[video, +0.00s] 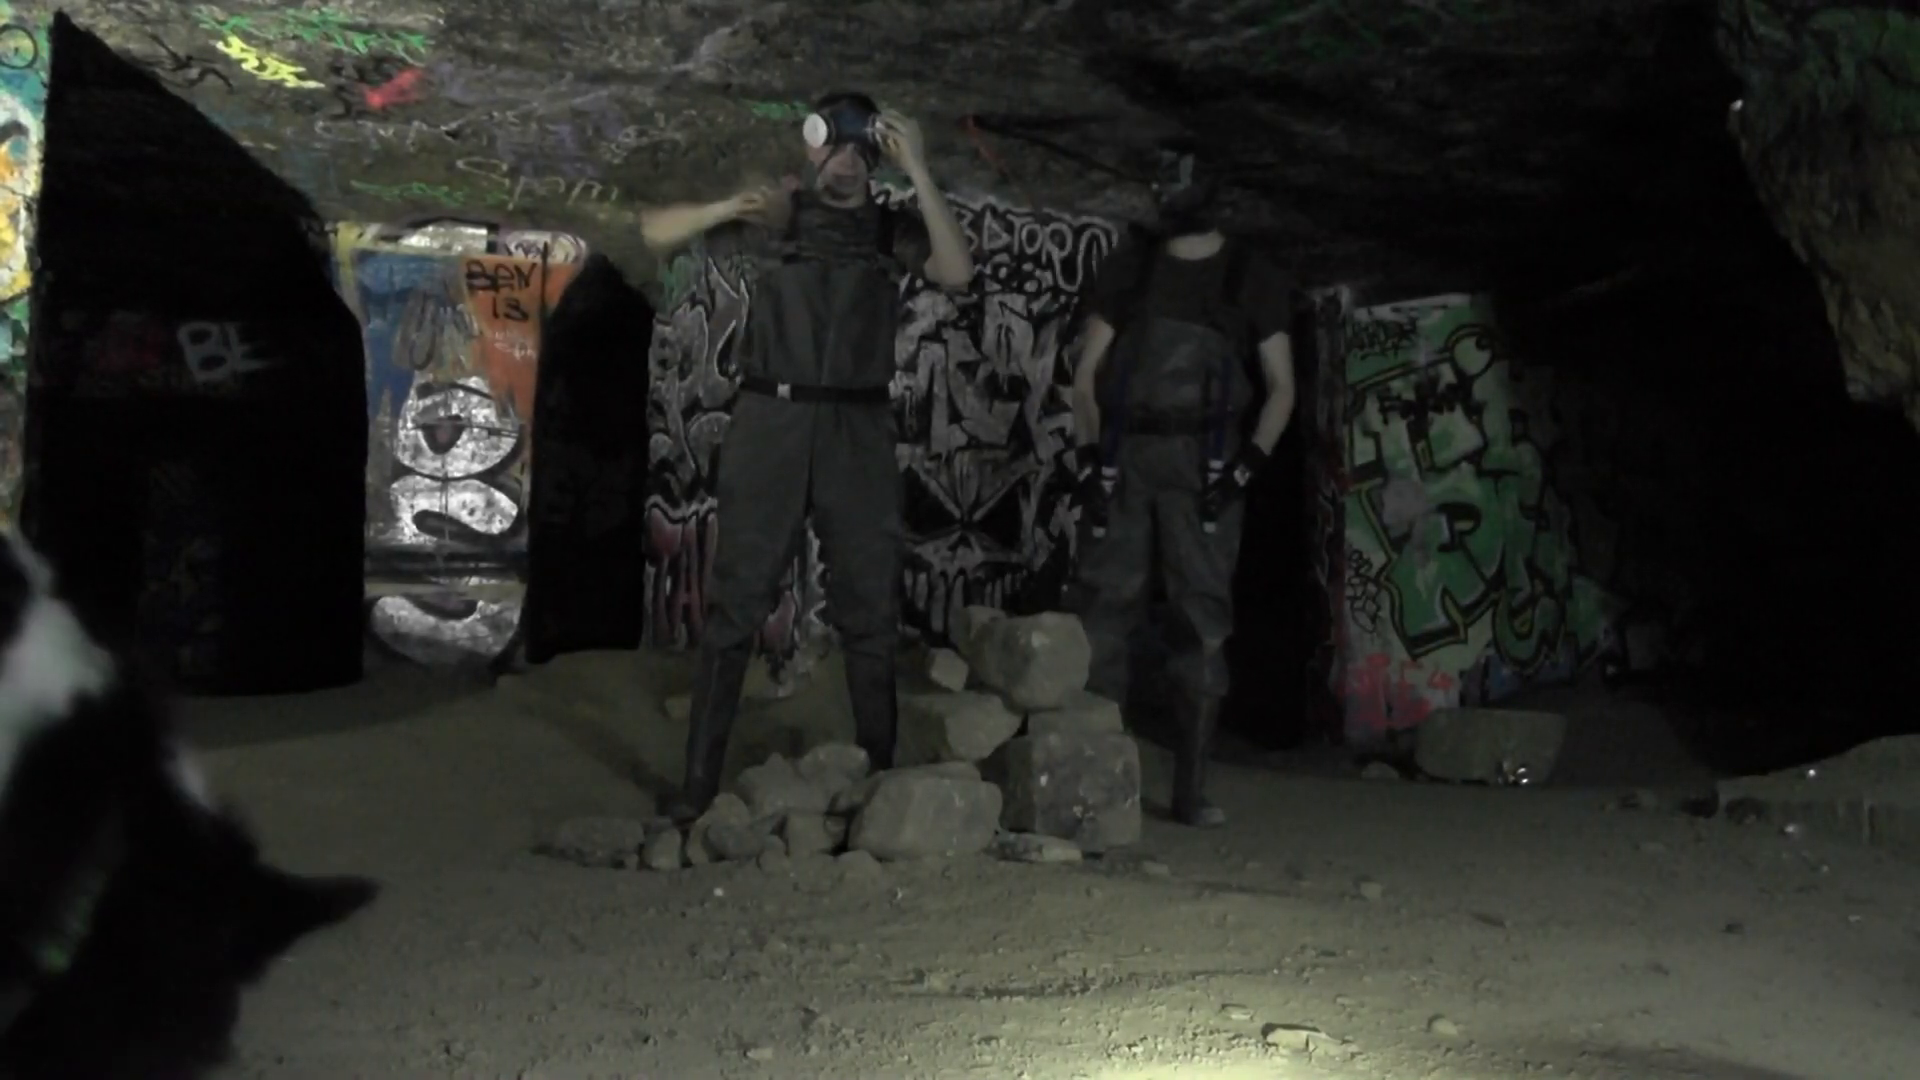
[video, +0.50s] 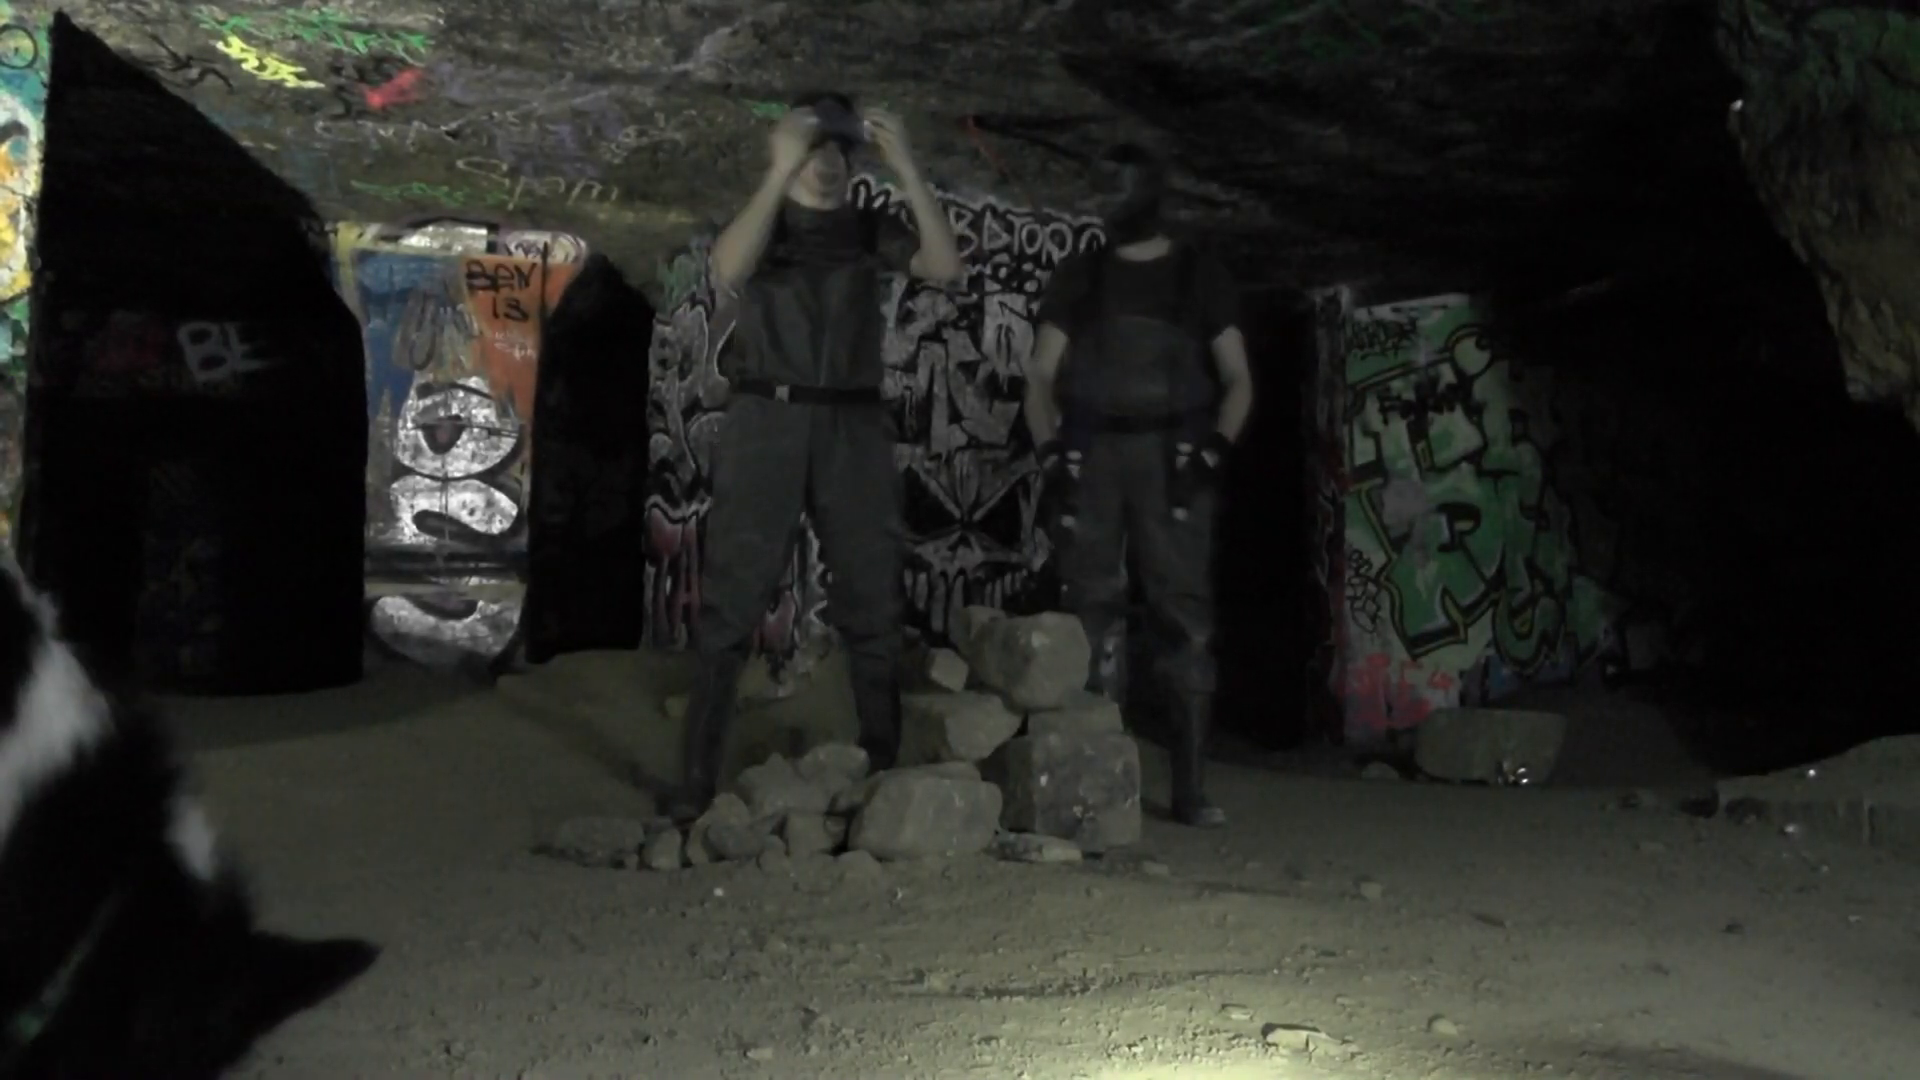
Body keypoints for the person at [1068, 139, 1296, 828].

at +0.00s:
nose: (1166, 195)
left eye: (1179, 182)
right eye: (1161, 182)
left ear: (1208, 191)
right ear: (1154, 190)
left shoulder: (1247, 275)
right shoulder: (1131, 266)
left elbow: (1281, 387)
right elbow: (1084, 376)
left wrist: (1245, 467)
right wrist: (1096, 457)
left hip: (1205, 477)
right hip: (1123, 473)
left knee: (1199, 622)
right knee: (1108, 617)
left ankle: (1191, 788)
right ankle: (1093, 783)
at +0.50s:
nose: (1115, 203)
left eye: (1128, 189)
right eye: (1109, 190)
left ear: (1154, 195)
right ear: (1099, 198)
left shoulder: (1198, 273)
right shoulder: (1079, 274)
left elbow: (1238, 381)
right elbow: (1040, 377)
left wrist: (1212, 447)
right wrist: (1054, 455)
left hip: (1174, 465)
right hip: (1089, 468)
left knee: (1183, 619)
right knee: (1091, 620)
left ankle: (1188, 789)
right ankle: (1092, 789)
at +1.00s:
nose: (1118, 203)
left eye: (1128, 189)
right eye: (1107, 189)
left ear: (1149, 195)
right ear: (1091, 196)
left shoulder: (1186, 275)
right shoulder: (1065, 275)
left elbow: (1236, 372)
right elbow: (1018, 366)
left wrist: (1208, 427)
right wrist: (1027, 421)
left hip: (1164, 463)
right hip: (1079, 462)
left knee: (1174, 616)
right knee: (1073, 611)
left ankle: (1186, 782)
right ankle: (1070, 780)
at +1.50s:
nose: (1119, 202)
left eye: (1130, 187)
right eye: (1108, 188)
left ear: (1151, 196)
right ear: (1093, 197)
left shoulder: (1187, 276)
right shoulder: (1065, 276)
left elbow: (1244, 369)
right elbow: (1009, 367)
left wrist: (1212, 407)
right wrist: (1037, 393)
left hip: (1165, 462)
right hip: (1083, 461)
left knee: (1176, 615)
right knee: (1078, 612)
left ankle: (1187, 786)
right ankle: (1072, 782)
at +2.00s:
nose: (1123, 198)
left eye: (1135, 184)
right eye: (1112, 185)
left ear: (1155, 193)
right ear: (1096, 195)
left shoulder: (1191, 274)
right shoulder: (1069, 274)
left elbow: (1248, 368)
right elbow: (1009, 361)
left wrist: (1215, 408)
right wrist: (1033, 398)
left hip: (1169, 464)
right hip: (1086, 463)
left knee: (1179, 615)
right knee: (1082, 613)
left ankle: (1188, 788)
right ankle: (1081, 785)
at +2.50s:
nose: (1125, 200)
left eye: (1137, 186)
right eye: (1114, 186)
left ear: (1157, 195)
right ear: (1099, 195)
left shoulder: (1192, 273)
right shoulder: (1070, 273)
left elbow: (1250, 368)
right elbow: (1007, 362)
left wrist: (1214, 406)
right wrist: (1038, 397)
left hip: (1170, 460)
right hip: (1088, 459)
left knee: (1180, 615)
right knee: (1085, 612)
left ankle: (1187, 788)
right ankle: (1082, 784)